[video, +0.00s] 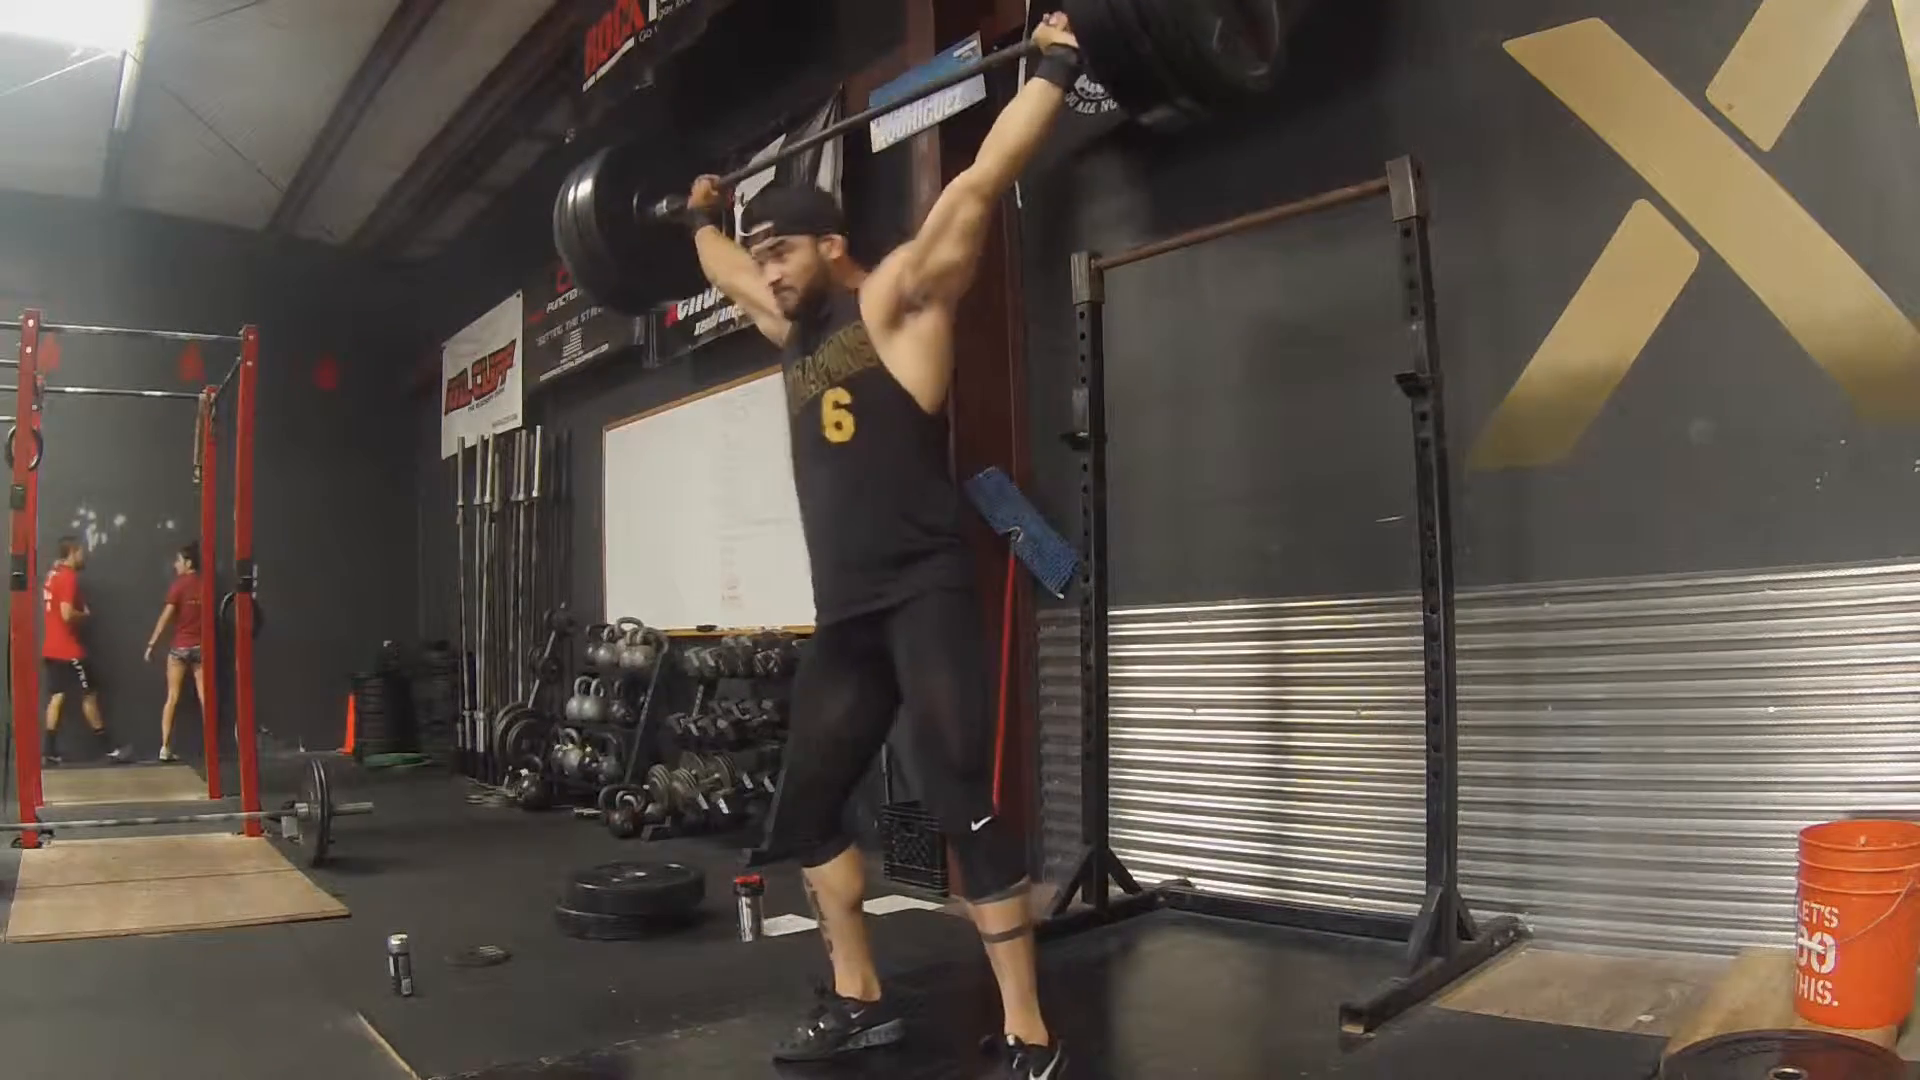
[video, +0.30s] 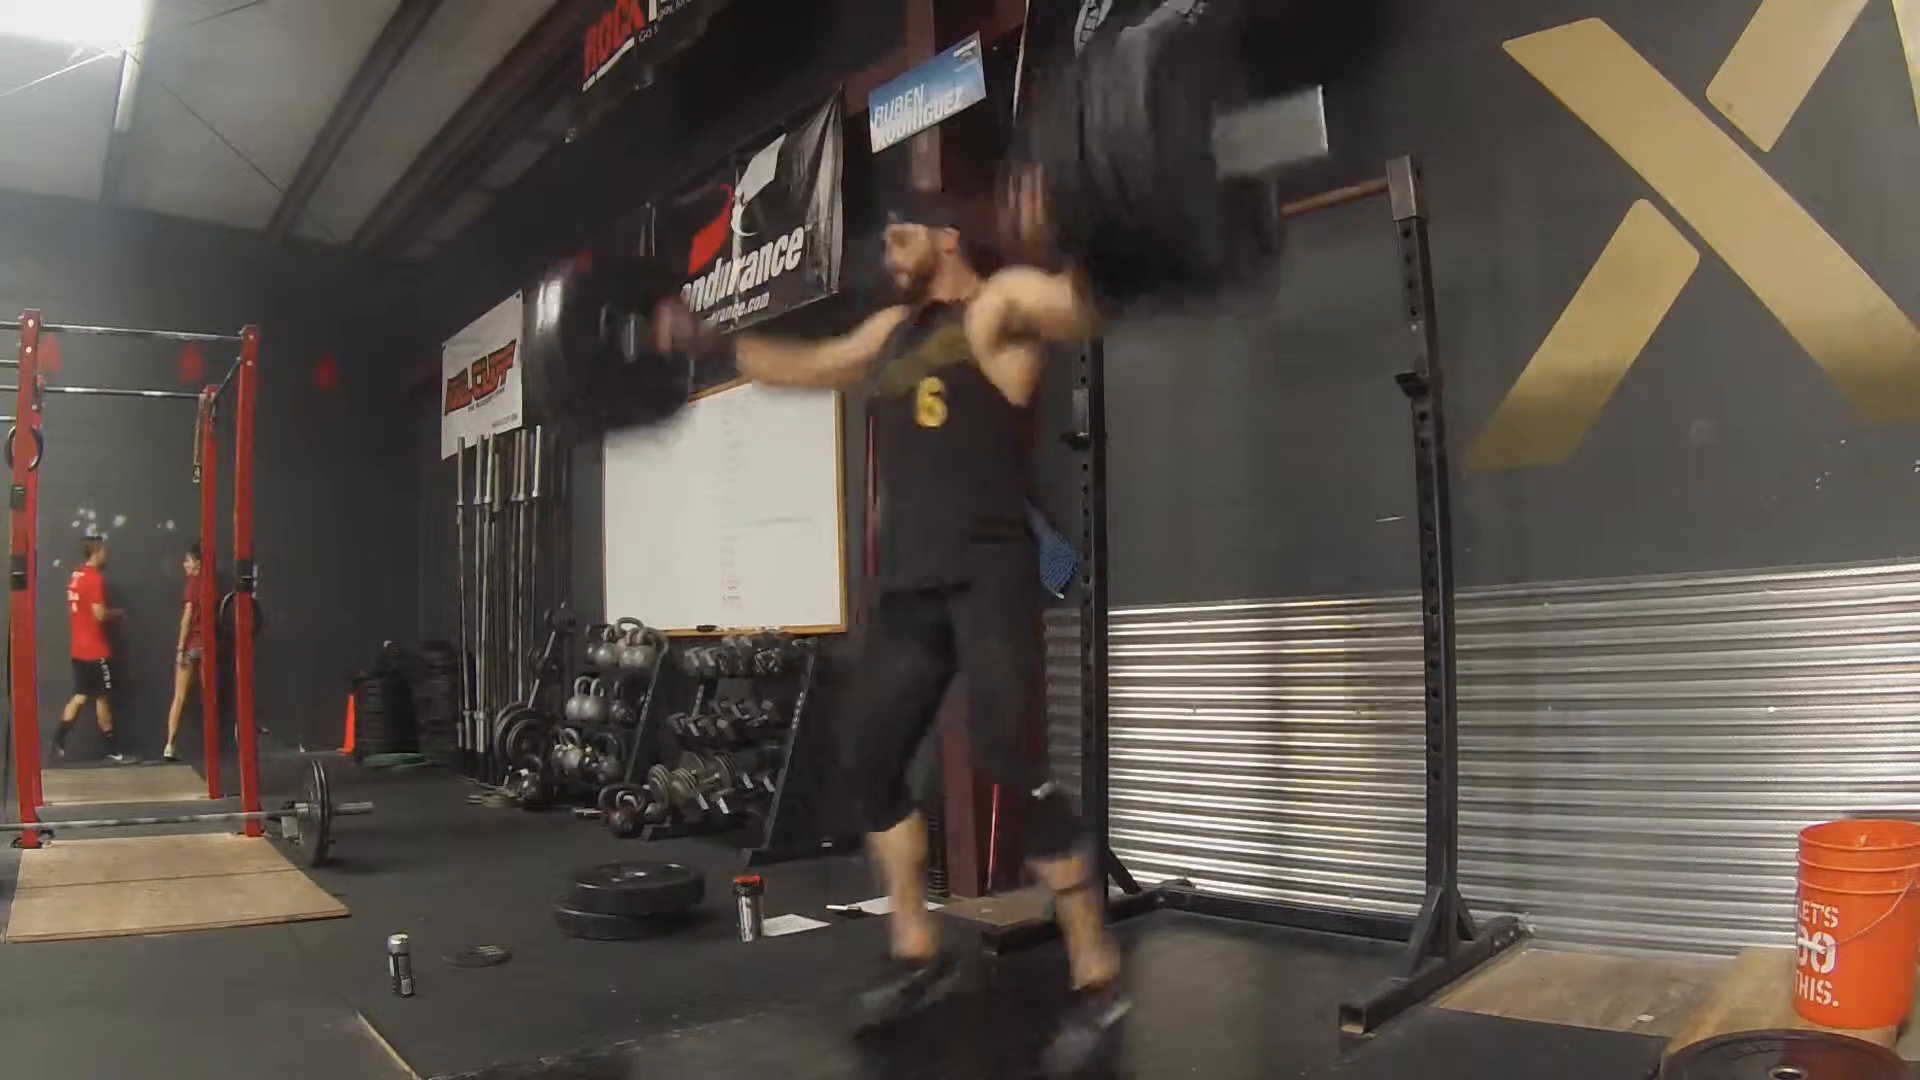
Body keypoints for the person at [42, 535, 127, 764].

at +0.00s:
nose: (84, 557)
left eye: (83, 552)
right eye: (82, 553)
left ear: (66, 553)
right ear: (72, 553)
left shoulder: (52, 574)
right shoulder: (68, 576)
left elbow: (52, 608)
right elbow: (67, 613)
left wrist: (75, 611)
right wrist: (84, 614)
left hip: (51, 647)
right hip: (69, 648)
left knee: (57, 694)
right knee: (88, 693)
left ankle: (49, 749)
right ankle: (107, 746)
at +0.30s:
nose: (105, 556)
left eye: (104, 551)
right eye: (103, 552)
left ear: (89, 553)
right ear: (95, 553)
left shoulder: (76, 575)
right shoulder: (94, 577)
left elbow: (77, 608)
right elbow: (99, 613)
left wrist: (105, 613)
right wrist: (117, 613)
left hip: (79, 648)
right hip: (96, 650)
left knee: (80, 694)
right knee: (103, 696)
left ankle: (58, 739)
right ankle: (112, 748)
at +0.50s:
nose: (119, 556)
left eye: (118, 552)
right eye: (116, 552)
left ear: (102, 552)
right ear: (106, 552)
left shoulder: (89, 574)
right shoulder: (105, 576)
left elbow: (92, 608)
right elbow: (111, 612)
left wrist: (121, 615)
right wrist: (129, 612)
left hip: (93, 647)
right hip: (106, 648)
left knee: (101, 693)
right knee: (109, 695)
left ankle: (82, 736)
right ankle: (112, 747)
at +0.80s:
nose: (128, 557)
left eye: (128, 552)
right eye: (126, 552)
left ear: (115, 552)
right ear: (119, 552)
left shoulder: (104, 576)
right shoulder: (113, 577)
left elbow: (107, 609)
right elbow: (113, 610)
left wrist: (129, 614)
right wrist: (133, 613)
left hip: (105, 645)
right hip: (111, 647)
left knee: (111, 695)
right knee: (113, 695)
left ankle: (113, 743)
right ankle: (114, 746)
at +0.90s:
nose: (133, 557)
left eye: (133, 552)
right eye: (131, 552)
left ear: (122, 553)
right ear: (121, 553)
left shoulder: (114, 576)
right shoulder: (114, 577)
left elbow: (112, 609)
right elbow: (112, 611)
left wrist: (130, 617)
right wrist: (132, 615)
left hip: (117, 645)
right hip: (113, 646)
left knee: (119, 695)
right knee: (114, 695)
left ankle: (117, 742)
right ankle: (113, 745)